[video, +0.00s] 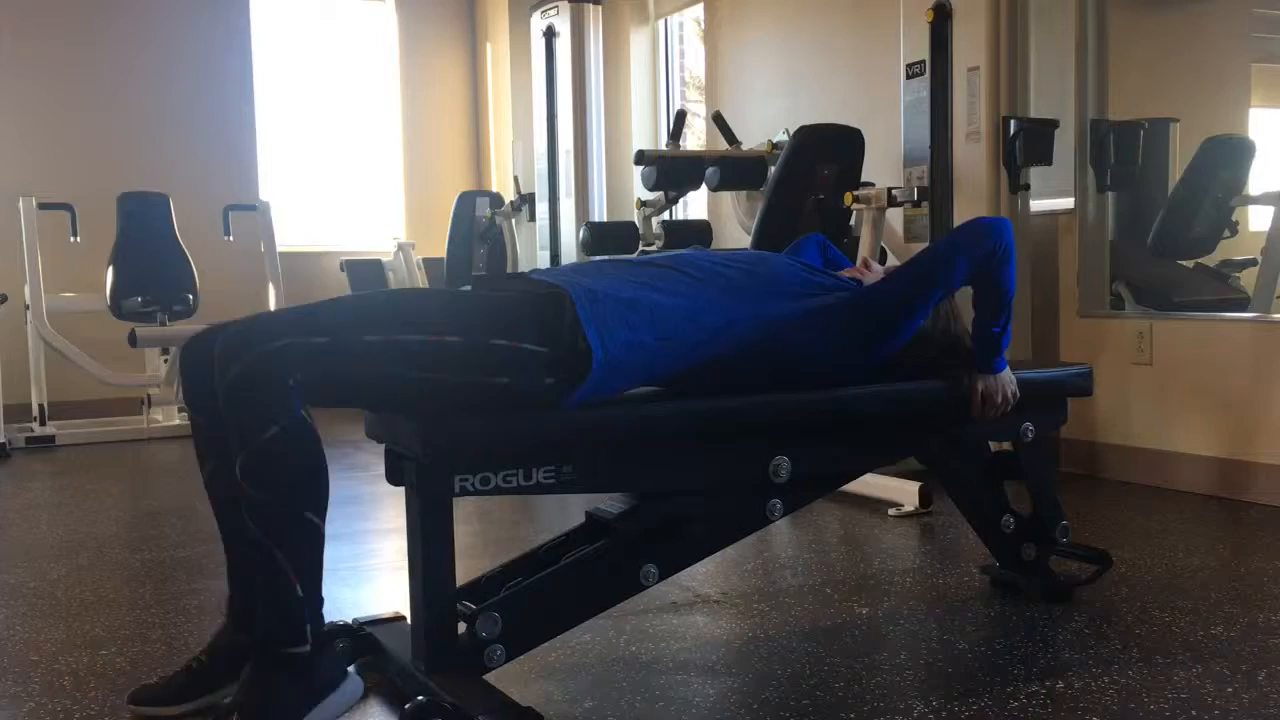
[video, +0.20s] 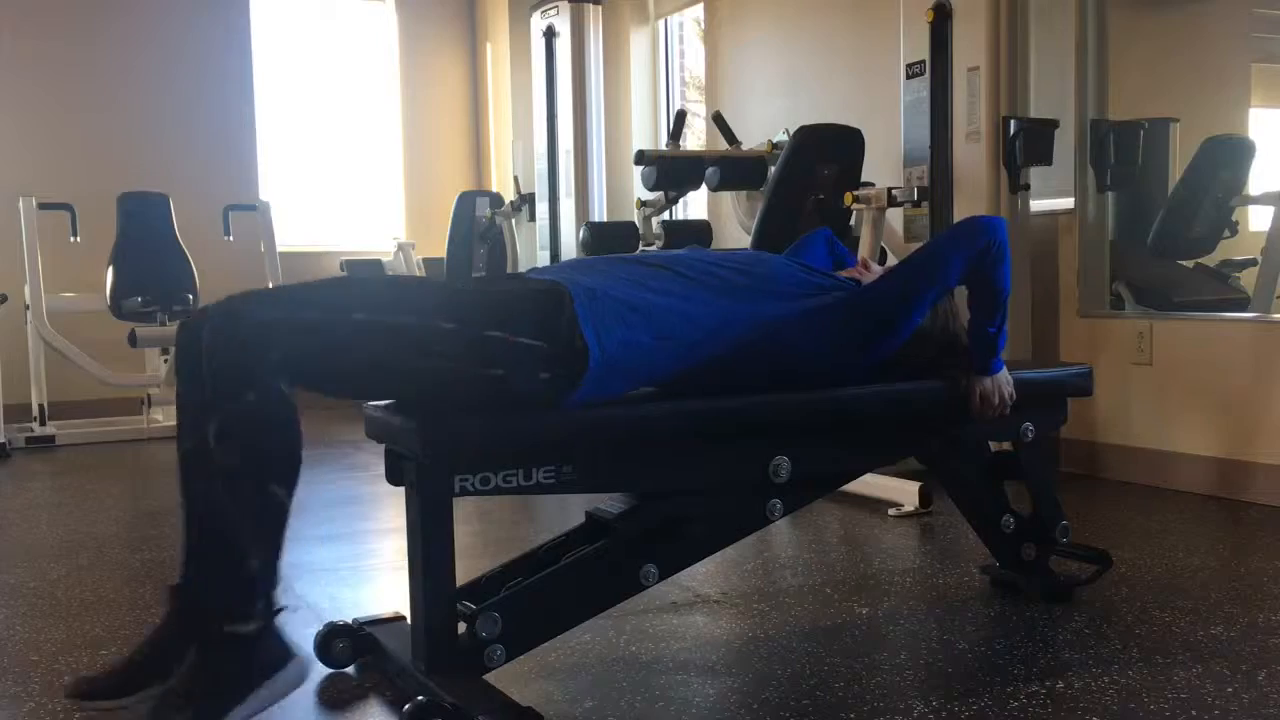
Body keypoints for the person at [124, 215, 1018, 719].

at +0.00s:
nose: (911, 276)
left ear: (914, 311)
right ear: (886, 287)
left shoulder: (859, 323)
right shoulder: (777, 280)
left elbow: (991, 230)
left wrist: (991, 360)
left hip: (551, 332)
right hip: (511, 302)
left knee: (249, 370)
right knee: (206, 357)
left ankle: (303, 644)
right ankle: (252, 625)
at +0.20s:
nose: (852, 248)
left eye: (864, 253)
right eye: (846, 244)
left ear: (874, 291)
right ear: (818, 270)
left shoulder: (854, 319)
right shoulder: (758, 282)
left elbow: (985, 229)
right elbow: (816, 211)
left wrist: (982, 354)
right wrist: (861, 270)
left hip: (548, 333)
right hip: (505, 297)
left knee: (233, 338)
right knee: (217, 325)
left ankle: (243, 622)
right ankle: (204, 602)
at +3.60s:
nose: (873, 246)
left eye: (895, 255)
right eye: (874, 239)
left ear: (907, 307)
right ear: (850, 252)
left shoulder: (855, 338)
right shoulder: (802, 287)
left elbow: (989, 239)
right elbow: (823, 167)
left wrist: (934, 304)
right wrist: (874, 240)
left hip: (549, 361)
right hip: (534, 320)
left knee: (407, 80)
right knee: (406, 78)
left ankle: (115, 153)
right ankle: (126, 149)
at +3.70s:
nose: (883, 252)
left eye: (903, 258)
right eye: (887, 244)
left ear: (909, 294)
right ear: (868, 258)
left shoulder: (850, 329)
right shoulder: (800, 288)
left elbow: (981, 233)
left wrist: (966, 332)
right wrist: (901, 262)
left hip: (547, 351)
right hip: (534, 309)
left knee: (357, 104)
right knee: (356, 96)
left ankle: (91, 221)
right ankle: (129, 225)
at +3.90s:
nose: (863, 245)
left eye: (882, 255)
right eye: (862, 239)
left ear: (892, 309)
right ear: (836, 260)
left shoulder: (842, 328)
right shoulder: (784, 282)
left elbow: (985, 232)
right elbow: (824, 160)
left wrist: (966, 340)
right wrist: (864, 240)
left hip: (541, 346)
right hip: (521, 303)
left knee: (274, 176)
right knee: (293, 168)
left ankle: (41, 361)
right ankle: (178, 272)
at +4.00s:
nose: (873, 250)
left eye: (890, 259)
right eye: (876, 245)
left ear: (894, 294)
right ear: (856, 261)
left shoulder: (855, 323)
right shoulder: (787, 286)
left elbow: (983, 227)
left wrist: (984, 348)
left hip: (545, 350)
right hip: (525, 308)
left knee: (244, 216)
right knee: (272, 205)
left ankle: (39, 435)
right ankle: (172, 287)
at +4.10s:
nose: (877, 244)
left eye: (899, 263)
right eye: (889, 253)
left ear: (914, 323)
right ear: (881, 307)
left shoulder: (855, 325)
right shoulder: (788, 282)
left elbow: (984, 228)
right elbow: (823, 157)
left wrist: (979, 354)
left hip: (554, 342)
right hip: (524, 304)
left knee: (238, 256)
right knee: (254, 235)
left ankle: (41, 493)